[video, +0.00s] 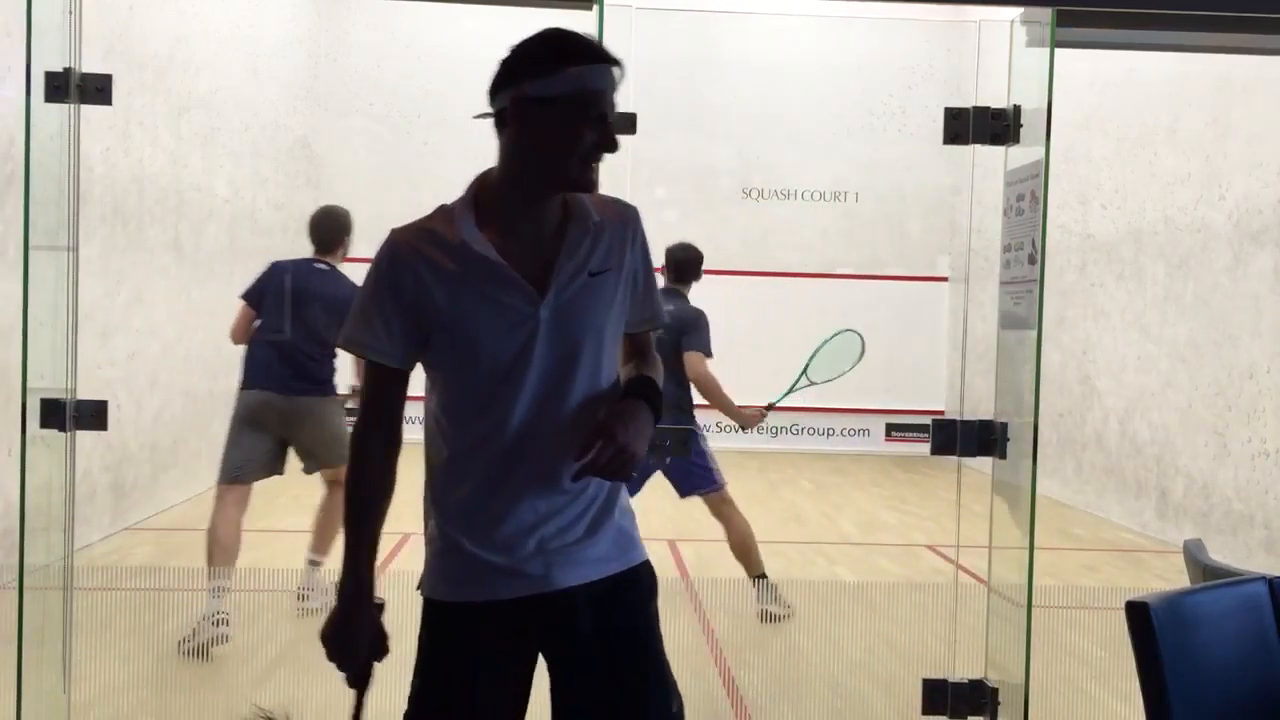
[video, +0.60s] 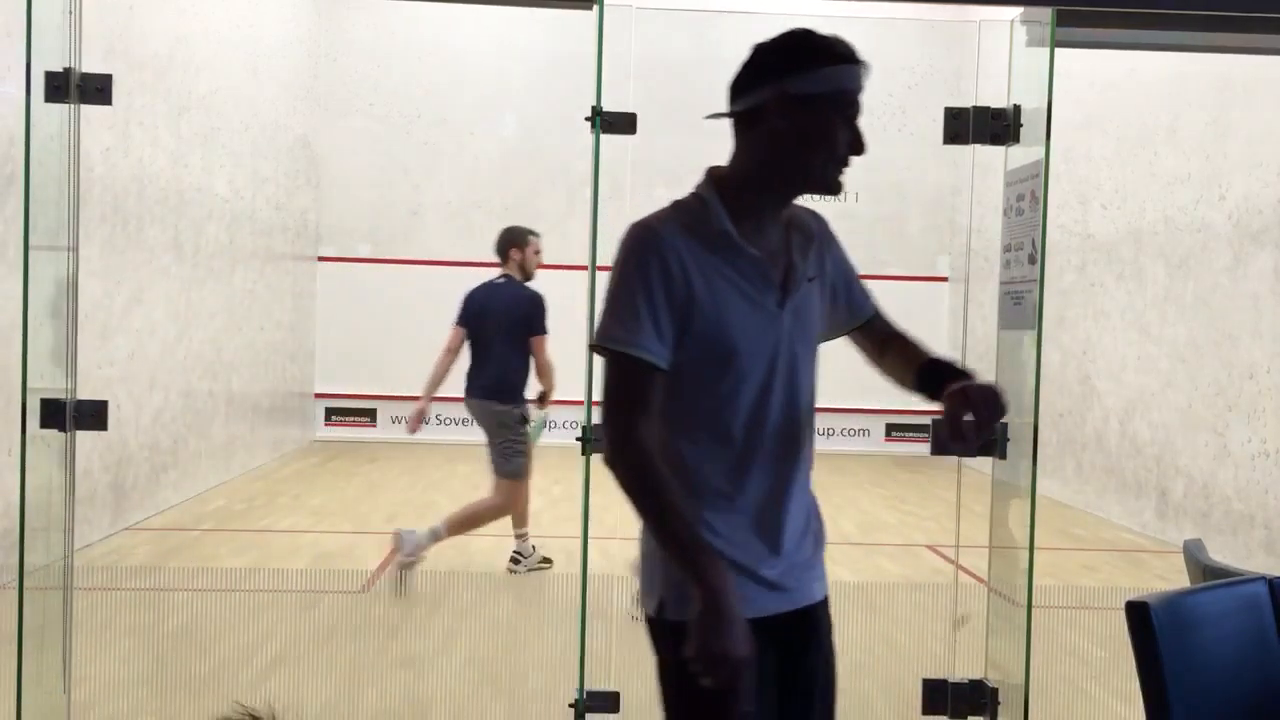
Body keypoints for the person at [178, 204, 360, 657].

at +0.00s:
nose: (348, 245)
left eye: (339, 236)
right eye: (349, 239)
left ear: (311, 237)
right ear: (346, 243)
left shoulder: (277, 273)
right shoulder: (350, 294)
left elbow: (239, 333)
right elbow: (364, 365)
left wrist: (275, 336)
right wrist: (363, 397)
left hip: (257, 398)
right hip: (313, 403)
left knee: (231, 499)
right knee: (340, 481)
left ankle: (216, 608)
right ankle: (312, 580)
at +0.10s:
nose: (383, 252)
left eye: (379, 244)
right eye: (382, 246)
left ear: (343, 247)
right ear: (377, 251)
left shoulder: (314, 281)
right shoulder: (382, 297)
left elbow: (272, 335)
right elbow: (399, 350)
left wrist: (304, 349)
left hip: (293, 396)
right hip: (344, 403)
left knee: (257, 493)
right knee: (365, 493)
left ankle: (217, 586)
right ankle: (324, 583)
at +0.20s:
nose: (413, 262)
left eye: (410, 255)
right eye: (412, 256)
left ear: (376, 257)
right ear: (407, 260)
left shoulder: (348, 292)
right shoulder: (412, 306)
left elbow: (313, 348)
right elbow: (440, 370)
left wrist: (330, 387)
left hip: (324, 407)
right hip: (369, 412)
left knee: (312, 505)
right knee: (385, 500)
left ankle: (239, 552)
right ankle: (325, 582)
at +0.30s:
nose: (445, 263)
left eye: (444, 256)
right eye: (444, 256)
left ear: (410, 257)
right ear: (435, 258)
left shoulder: (380, 292)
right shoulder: (440, 303)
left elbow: (346, 353)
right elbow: (464, 370)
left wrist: (339, 411)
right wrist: (467, 386)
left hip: (358, 398)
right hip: (396, 405)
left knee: (383, 483)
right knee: (398, 502)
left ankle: (325, 540)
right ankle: (330, 569)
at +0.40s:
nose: (479, 256)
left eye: (477, 249)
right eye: (476, 249)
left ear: (443, 252)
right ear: (465, 251)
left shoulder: (413, 288)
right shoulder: (474, 295)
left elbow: (380, 345)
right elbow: (489, 359)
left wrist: (356, 400)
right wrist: (487, 387)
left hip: (402, 393)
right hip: (434, 400)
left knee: (445, 460)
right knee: (414, 496)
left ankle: (446, 551)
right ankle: (336, 565)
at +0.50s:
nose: (511, 259)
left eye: (510, 252)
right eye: (508, 252)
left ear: (479, 256)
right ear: (491, 254)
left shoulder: (446, 294)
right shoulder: (505, 297)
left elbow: (413, 345)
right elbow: (517, 360)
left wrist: (384, 396)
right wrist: (514, 389)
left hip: (449, 399)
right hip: (477, 404)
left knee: (490, 473)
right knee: (453, 501)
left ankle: (514, 548)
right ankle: (367, 550)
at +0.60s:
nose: (540, 259)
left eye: (539, 253)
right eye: (536, 253)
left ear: (510, 256)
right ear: (515, 254)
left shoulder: (477, 295)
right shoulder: (530, 299)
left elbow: (451, 350)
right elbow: (541, 360)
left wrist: (425, 399)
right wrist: (548, 389)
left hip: (476, 398)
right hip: (504, 403)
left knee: (521, 461)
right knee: (506, 500)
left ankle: (523, 548)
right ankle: (420, 541)